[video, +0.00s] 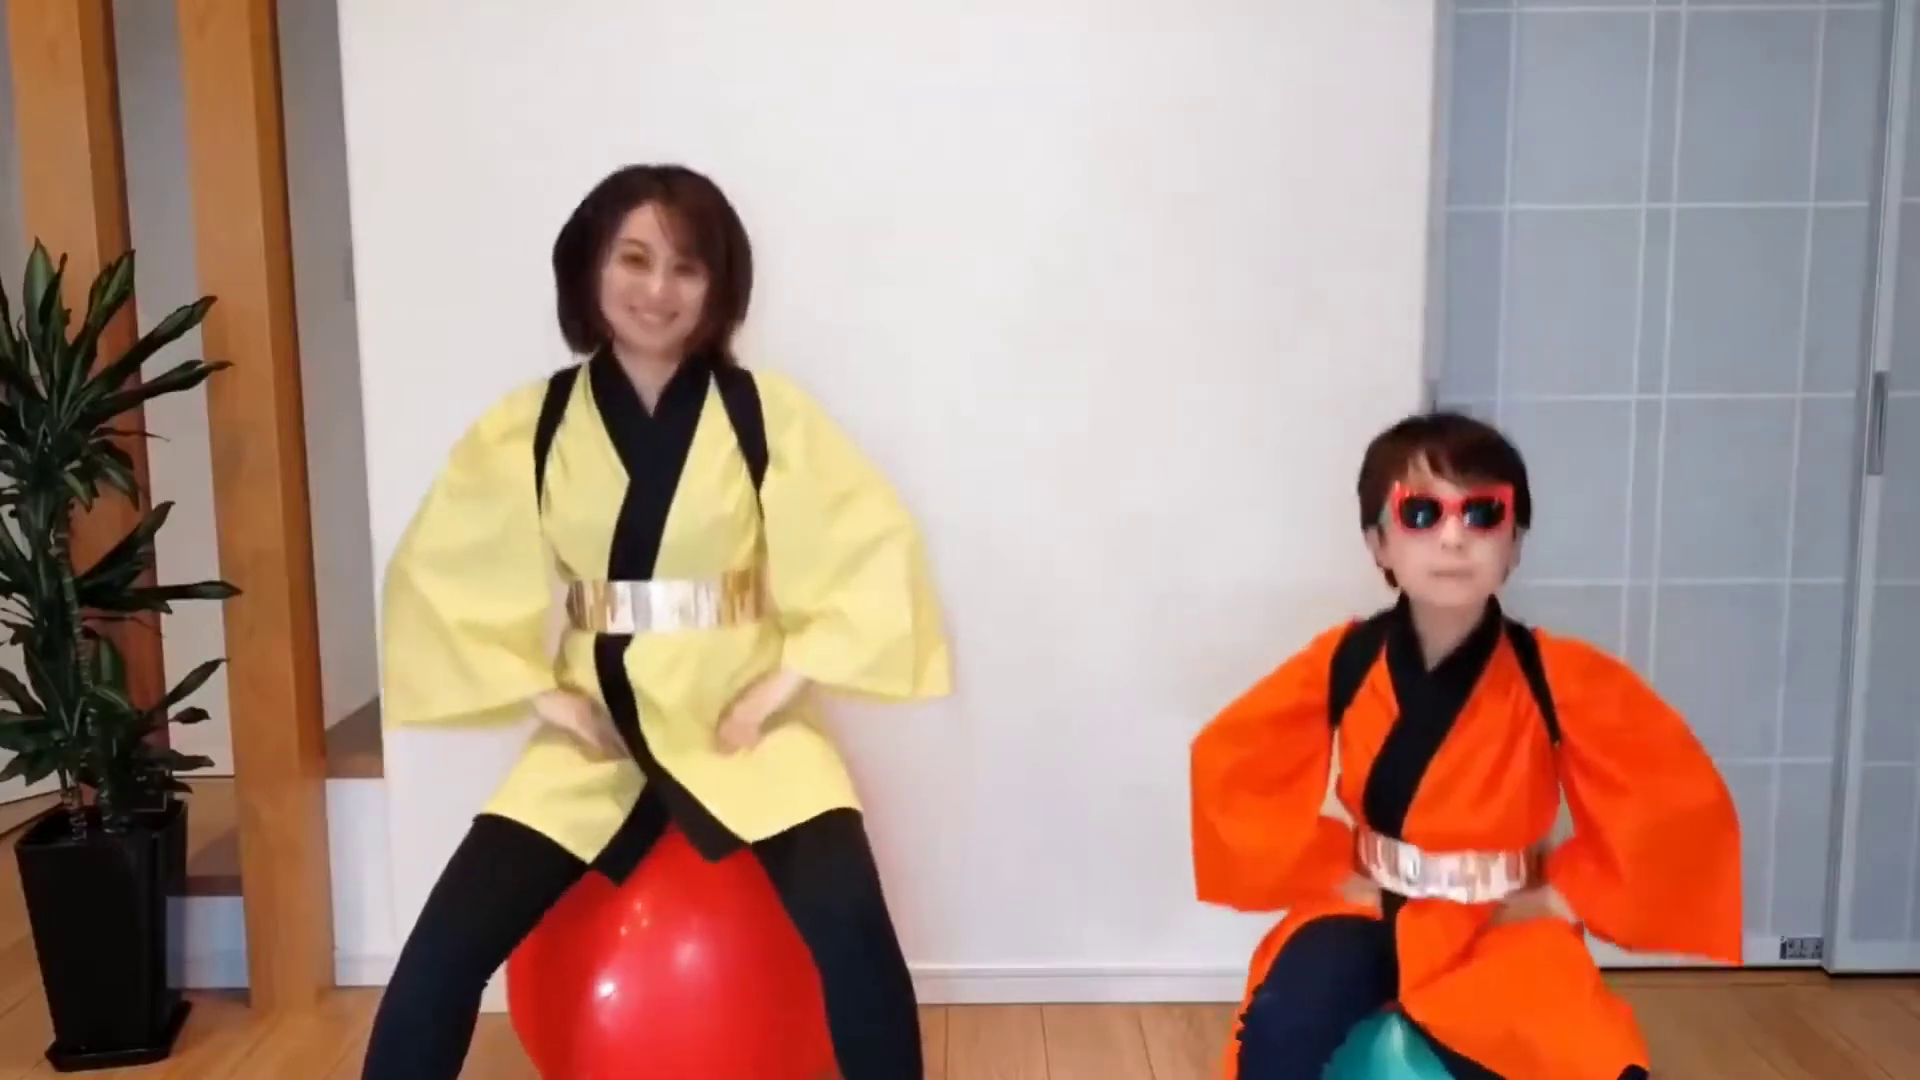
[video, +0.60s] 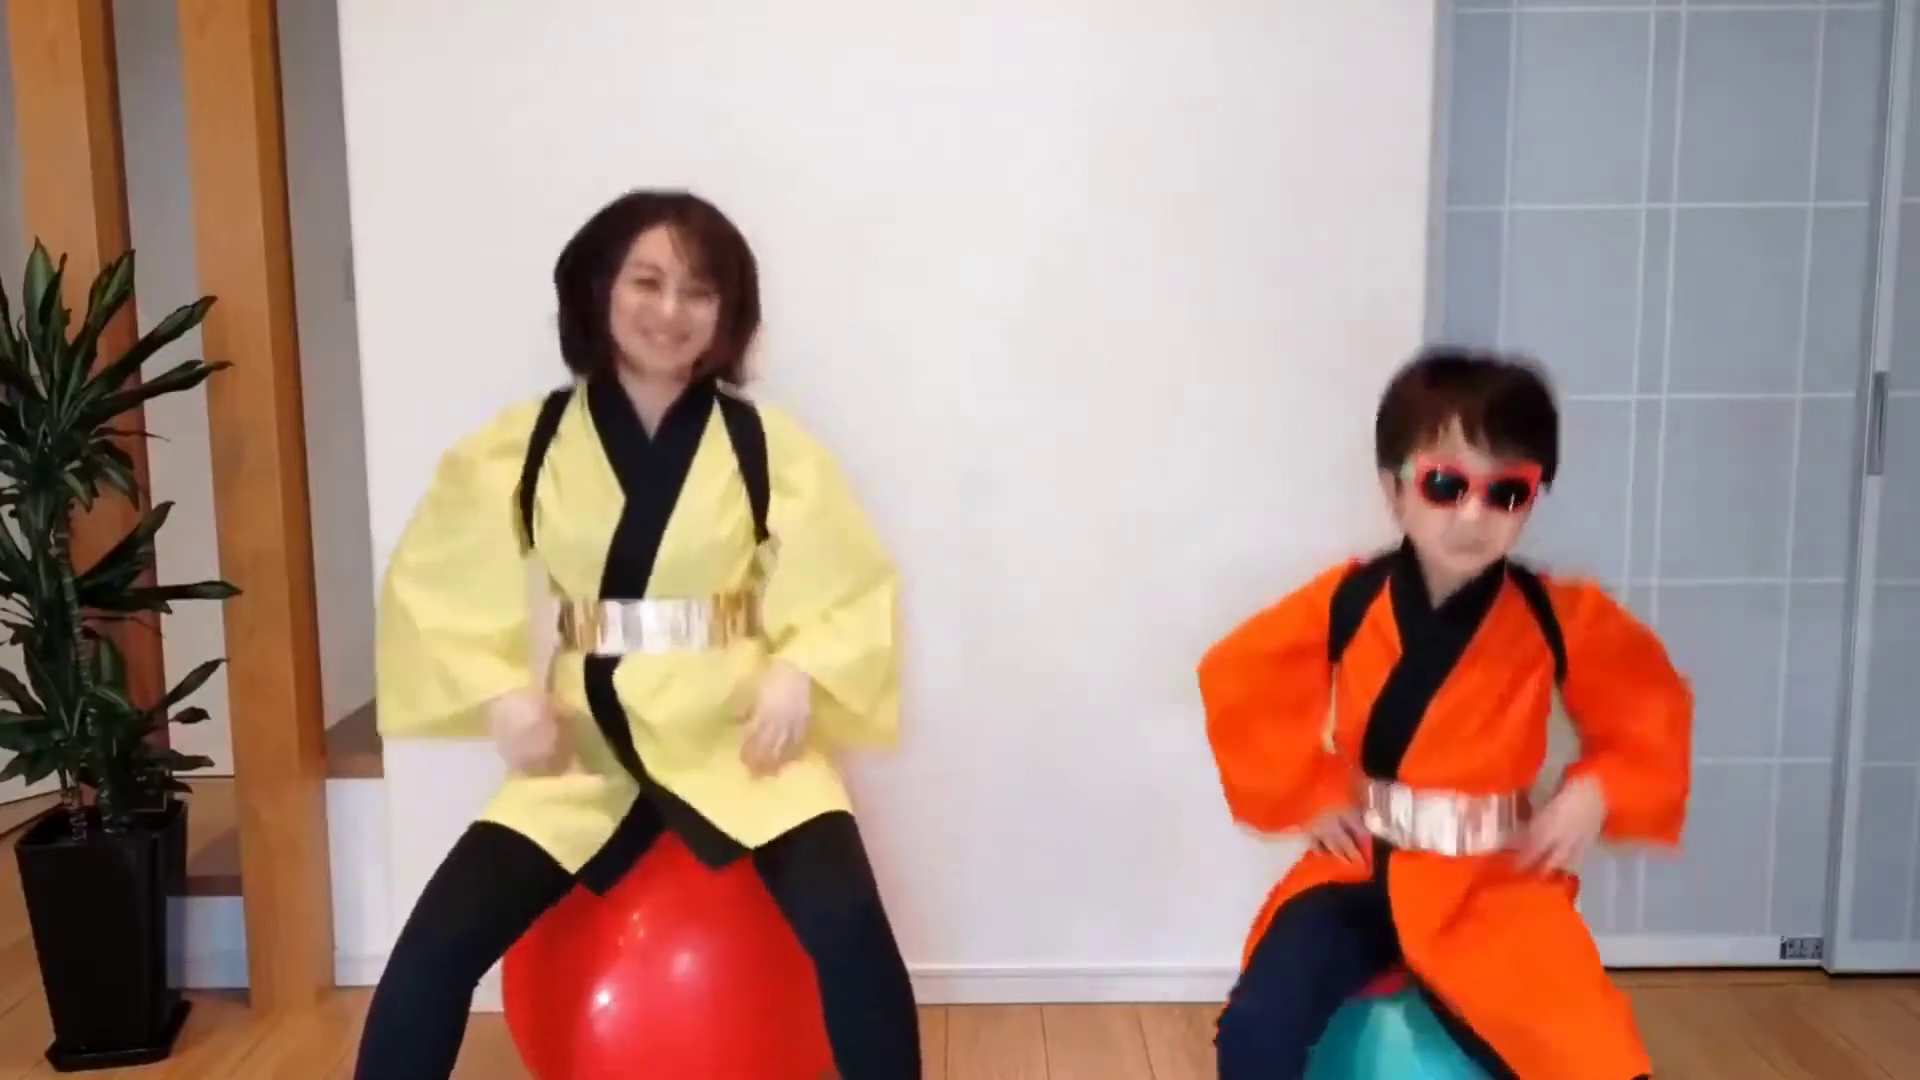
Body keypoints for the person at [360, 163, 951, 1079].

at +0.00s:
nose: (657, 288)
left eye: (686, 267)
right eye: (633, 259)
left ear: (718, 287)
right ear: (590, 272)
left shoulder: (766, 414)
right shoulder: (530, 425)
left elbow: (879, 553)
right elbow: (433, 572)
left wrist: (787, 679)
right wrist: (537, 689)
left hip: (755, 730)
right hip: (588, 739)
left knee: (855, 932)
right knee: (440, 955)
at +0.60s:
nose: (670, 312)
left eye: (698, 292)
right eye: (646, 282)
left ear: (727, 314)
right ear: (600, 295)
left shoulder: (767, 446)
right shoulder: (521, 445)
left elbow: (851, 591)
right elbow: (435, 584)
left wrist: (801, 671)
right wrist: (500, 696)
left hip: (746, 747)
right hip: (583, 754)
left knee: (853, 932)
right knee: (433, 950)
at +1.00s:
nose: (708, 306)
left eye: (736, 285)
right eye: (684, 277)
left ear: (766, 312)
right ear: (639, 289)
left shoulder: (783, 446)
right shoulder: (564, 411)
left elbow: (870, 580)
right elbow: (441, 474)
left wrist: (812, 600)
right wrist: (421, 507)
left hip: (734, 732)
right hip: (581, 736)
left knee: (846, 907)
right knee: (425, 937)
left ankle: (900, 1074)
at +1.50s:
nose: (686, 300)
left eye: (713, 279)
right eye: (660, 276)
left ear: (747, 303)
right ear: (622, 298)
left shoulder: (785, 447)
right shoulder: (570, 437)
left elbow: (923, 597)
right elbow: (464, 571)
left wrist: (936, 481)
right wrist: (496, 431)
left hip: (766, 747)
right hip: (611, 752)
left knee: (882, 929)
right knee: (440, 924)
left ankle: (922, 1071)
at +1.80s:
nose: (646, 397)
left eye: (668, 372)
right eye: (616, 377)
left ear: (700, 390)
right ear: (575, 404)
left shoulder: (761, 508)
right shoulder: (548, 549)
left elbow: (900, 587)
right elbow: (545, 671)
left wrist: (838, 683)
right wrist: (519, 724)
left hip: (794, 824)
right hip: (647, 842)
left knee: (881, 957)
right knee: (500, 942)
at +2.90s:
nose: (714, 391)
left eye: (748, 376)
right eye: (698, 361)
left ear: (778, 407)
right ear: (660, 373)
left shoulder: (791, 549)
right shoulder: (580, 507)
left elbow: (856, 664)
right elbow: (477, 577)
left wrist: (853, 687)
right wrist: (432, 605)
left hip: (732, 829)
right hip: (581, 828)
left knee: (829, 934)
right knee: (402, 952)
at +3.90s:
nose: (663, 381)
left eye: (683, 354)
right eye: (630, 361)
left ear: (718, 375)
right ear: (594, 392)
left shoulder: (773, 515)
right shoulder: (576, 530)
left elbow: (914, 638)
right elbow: (552, 693)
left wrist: (822, 640)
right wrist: (490, 701)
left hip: (798, 826)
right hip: (662, 838)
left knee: (859, 949)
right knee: (539, 948)